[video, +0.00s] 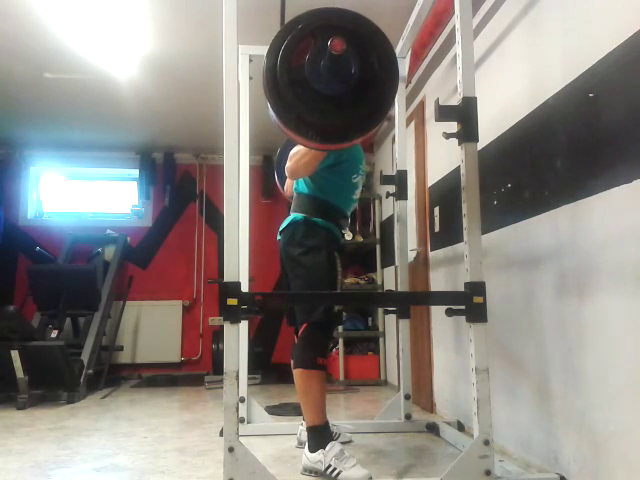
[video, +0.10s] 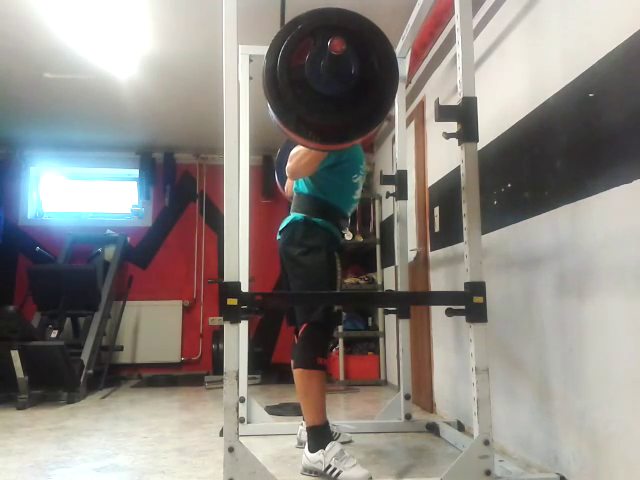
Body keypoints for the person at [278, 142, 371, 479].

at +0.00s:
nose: (372, 127)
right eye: (368, 120)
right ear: (352, 114)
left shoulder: (345, 146)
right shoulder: (331, 135)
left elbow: (289, 187)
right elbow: (293, 170)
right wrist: (328, 131)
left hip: (317, 235)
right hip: (309, 234)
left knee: (313, 332)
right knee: (315, 331)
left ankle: (314, 429)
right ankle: (319, 446)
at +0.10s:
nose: (374, 129)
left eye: (375, 122)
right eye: (370, 121)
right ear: (356, 117)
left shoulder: (346, 147)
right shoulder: (333, 137)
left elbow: (289, 187)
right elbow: (294, 169)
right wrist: (330, 132)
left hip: (316, 236)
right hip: (308, 234)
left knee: (313, 332)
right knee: (315, 332)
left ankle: (314, 429)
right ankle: (319, 446)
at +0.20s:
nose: (374, 129)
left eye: (375, 122)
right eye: (370, 121)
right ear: (353, 116)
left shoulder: (346, 147)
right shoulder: (332, 137)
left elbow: (289, 187)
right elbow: (294, 170)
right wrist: (330, 132)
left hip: (316, 236)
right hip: (306, 234)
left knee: (315, 331)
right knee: (316, 330)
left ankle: (315, 429)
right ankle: (318, 446)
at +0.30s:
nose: (374, 128)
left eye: (375, 122)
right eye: (370, 121)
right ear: (355, 116)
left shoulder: (347, 148)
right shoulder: (332, 137)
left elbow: (289, 187)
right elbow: (294, 170)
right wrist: (332, 132)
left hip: (316, 236)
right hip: (305, 234)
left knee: (315, 330)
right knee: (317, 329)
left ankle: (314, 429)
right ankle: (319, 446)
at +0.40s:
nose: (374, 129)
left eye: (376, 122)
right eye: (370, 122)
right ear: (355, 117)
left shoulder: (347, 149)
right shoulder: (332, 138)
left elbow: (288, 185)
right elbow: (294, 171)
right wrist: (330, 133)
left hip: (314, 236)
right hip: (304, 234)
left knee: (314, 331)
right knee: (320, 329)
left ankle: (316, 429)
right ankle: (319, 445)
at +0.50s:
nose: (373, 130)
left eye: (374, 124)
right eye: (369, 124)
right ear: (355, 119)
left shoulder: (348, 151)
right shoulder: (331, 139)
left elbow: (288, 186)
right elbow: (294, 173)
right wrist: (330, 136)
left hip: (313, 237)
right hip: (302, 235)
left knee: (318, 329)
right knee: (324, 326)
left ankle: (315, 429)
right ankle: (319, 445)